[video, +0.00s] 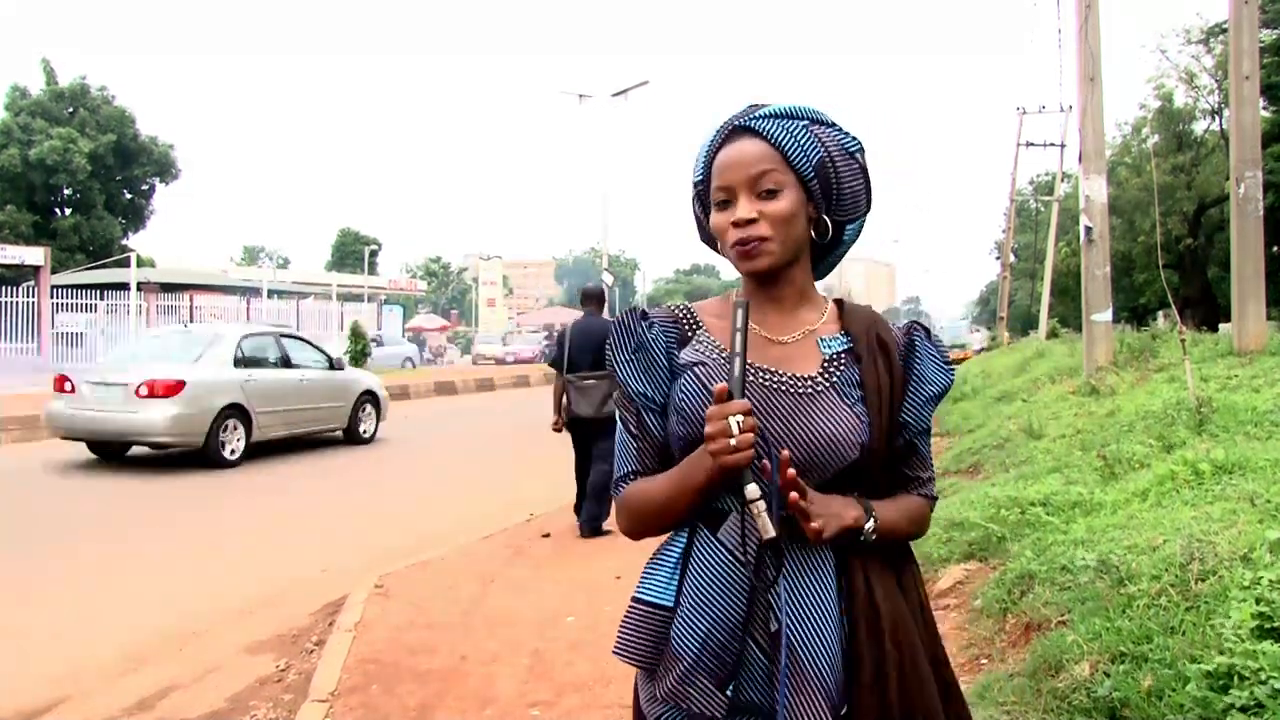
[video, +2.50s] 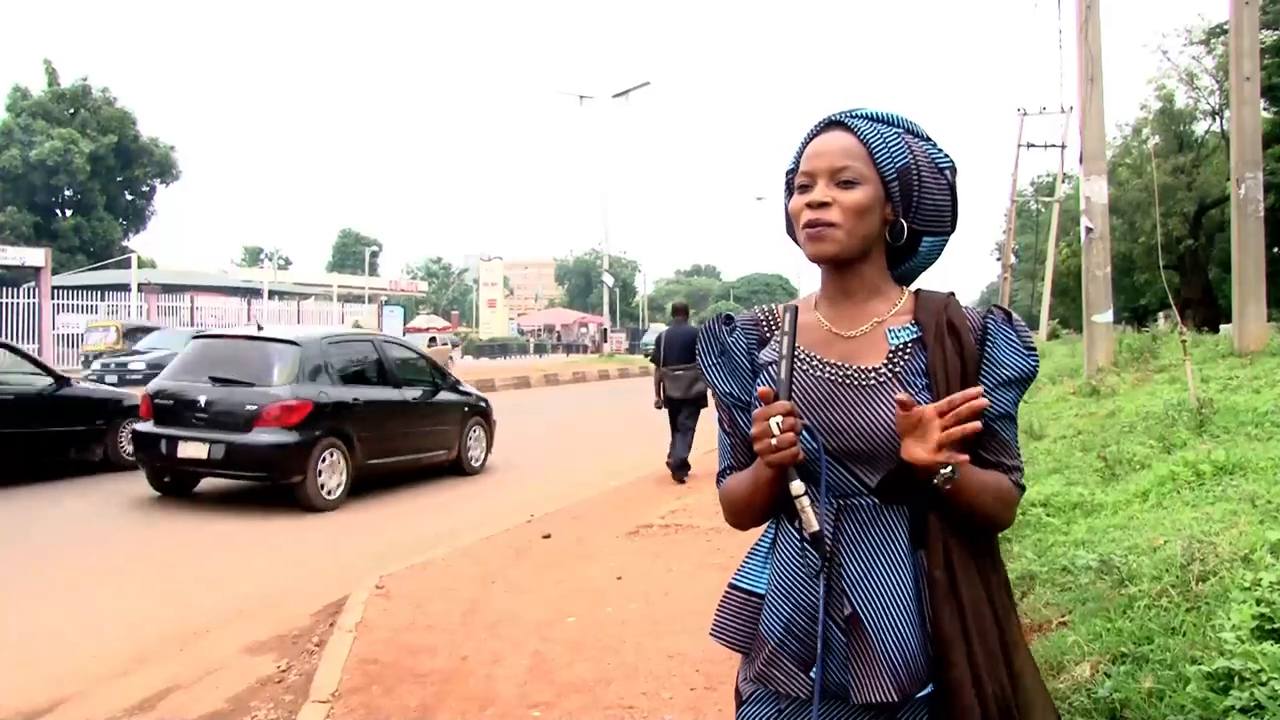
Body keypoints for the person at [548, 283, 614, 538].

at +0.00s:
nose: (598, 307)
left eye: (591, 302)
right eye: (602, 302)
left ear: (581, 304)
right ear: (604, 303)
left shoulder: (568, 333)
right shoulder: (614, 330)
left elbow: (560, 376)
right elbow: (625, 372)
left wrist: (556, 412)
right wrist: (629, 406)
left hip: (577, 406)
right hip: (607, 405)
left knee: (582, 459)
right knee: (603, 462)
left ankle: (582, 509)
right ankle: (591, 522)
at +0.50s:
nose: (604, 311)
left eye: (600, 307)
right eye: (610, 308)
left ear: (592, 308)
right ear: (614, 308)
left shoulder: (580, 334)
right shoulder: (623, 333)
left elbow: (571, 364)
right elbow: (629, 367)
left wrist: (584, 387)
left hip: (586, 403)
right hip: (618, 401)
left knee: (588, 456)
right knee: (620, 450)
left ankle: (595, 511)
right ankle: (619, 496)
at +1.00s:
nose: (625, 314)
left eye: (622, 309)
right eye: (630, 310)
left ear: (617, 309)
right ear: (637, 310)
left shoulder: (605, 334)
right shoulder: (644, 336)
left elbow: (596, 363)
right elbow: (649, 368)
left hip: (611, 400)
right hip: (637, 399)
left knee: (612, 444)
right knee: (634, 444)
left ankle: (611, 480)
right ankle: (627, 493)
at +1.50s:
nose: (638, 314)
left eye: (634, 310)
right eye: (642, 310)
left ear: (629, 311)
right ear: (647, 310)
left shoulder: (619, 334)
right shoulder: (654, 334)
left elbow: (612, 366)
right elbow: (661, 365)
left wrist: (614, 397)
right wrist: (661, 391)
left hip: (624, 401)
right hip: (649, 399)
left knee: (624, 443)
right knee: (649, 434)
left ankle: (633, 485)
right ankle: (643, 468)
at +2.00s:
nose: (666, 315)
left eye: (663, 311)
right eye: (669, 311)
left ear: (657, 312)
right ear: (673, 312)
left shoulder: (645, 333)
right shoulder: (681, 331)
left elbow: (635, 357)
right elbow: (689, 359)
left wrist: (645, 376)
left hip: (649, 389)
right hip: (675, 387)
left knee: (649, 429)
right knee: (674, 434)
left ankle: (640, 459)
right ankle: (667, 475)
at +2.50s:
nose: (682, 318)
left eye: (678, 315)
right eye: (684, 314)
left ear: (672, 316)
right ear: (688, 315)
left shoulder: (663, 337)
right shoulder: (697, 334)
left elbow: (658, 368)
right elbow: (705, 361)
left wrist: (657, 395)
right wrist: (710, 384)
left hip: (671, 385)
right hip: (693, 383)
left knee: (676, 425)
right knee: (687, 426)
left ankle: (676, 458)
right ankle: (678, 463)